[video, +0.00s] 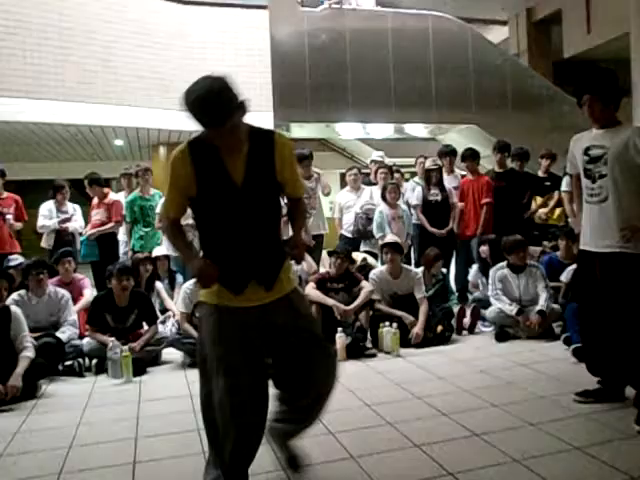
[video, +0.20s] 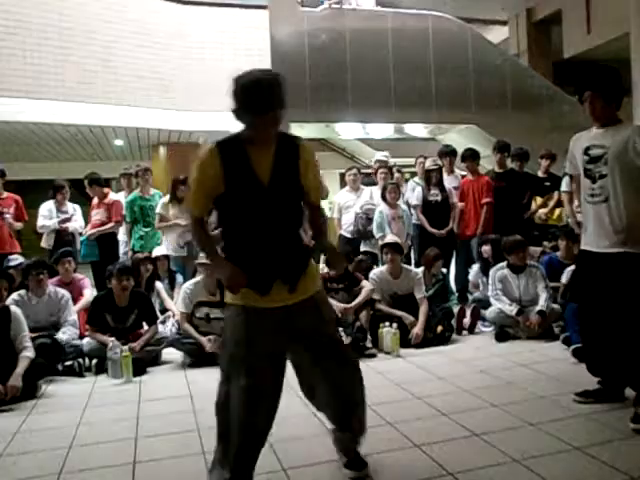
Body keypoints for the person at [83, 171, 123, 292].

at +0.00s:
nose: (87, 191)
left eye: (88, 188)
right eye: (86, 188)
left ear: (95, 187)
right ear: (95, 187)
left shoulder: (114, 201)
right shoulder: (94, 201)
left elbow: (117, 223)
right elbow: (93, 220)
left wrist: (96, 232)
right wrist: (86, 230)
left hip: (108, 237)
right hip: (95, 238)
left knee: (110, 271)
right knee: (97, 273)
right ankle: (102, 300)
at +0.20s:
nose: (87, 191)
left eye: (88, 188)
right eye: (86, 188)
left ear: (95, 187)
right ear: (95, 187)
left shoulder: (114, 201)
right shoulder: (94, 201)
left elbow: (117, 223)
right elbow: (93, 220)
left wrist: (96, 232)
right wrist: (86, 230)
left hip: (108, 237)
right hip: (95, 238)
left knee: (110, 271)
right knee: (97, 273)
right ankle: (102, 300)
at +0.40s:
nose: (86, 191)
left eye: (87, 188)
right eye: (86, 188)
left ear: (95, 187)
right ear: (94, 187)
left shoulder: (114, 201)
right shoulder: (94, 201)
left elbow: (117, 222)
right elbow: (93, 220)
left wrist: (96, 231)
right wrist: (86, 230)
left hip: (107, 238)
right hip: (94, 238)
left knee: (110, 271)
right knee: (97, 273)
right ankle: (101, 300)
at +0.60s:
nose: (86, 191)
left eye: (87, 188)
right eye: (85, 188)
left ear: (94, 187)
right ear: (94, 188)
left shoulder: (114, 201)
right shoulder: (94, 201)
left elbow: (117, 222)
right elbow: (93, 220)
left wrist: (96, 232)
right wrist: (85, 231)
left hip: (107, 238)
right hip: (93, 239)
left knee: (109, 272)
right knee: (97, 275)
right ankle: (101, 302)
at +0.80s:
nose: (86, 191)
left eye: (86, 188)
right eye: (85, 188)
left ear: (94, 187)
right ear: (94, 188)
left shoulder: (113, 201)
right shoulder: (93, 201)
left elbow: (116, 222)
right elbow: (92, 220)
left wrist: (95, 232)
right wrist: (85, 230)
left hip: (107, 238)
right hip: (93, 239)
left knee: (110, 271)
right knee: (97, 274)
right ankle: (101, 301)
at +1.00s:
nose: (96, 191)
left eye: (97, 187)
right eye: (95, 188)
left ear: (104, 187)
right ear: (104, 187)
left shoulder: (123, 202)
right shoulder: (103, 202)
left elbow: (126, 222)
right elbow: (102, 221)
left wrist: (106, 232)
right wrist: (95, 232)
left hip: (118, 237)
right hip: (104, 238)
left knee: (120, 271)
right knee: (107, 273)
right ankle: (112, 299)